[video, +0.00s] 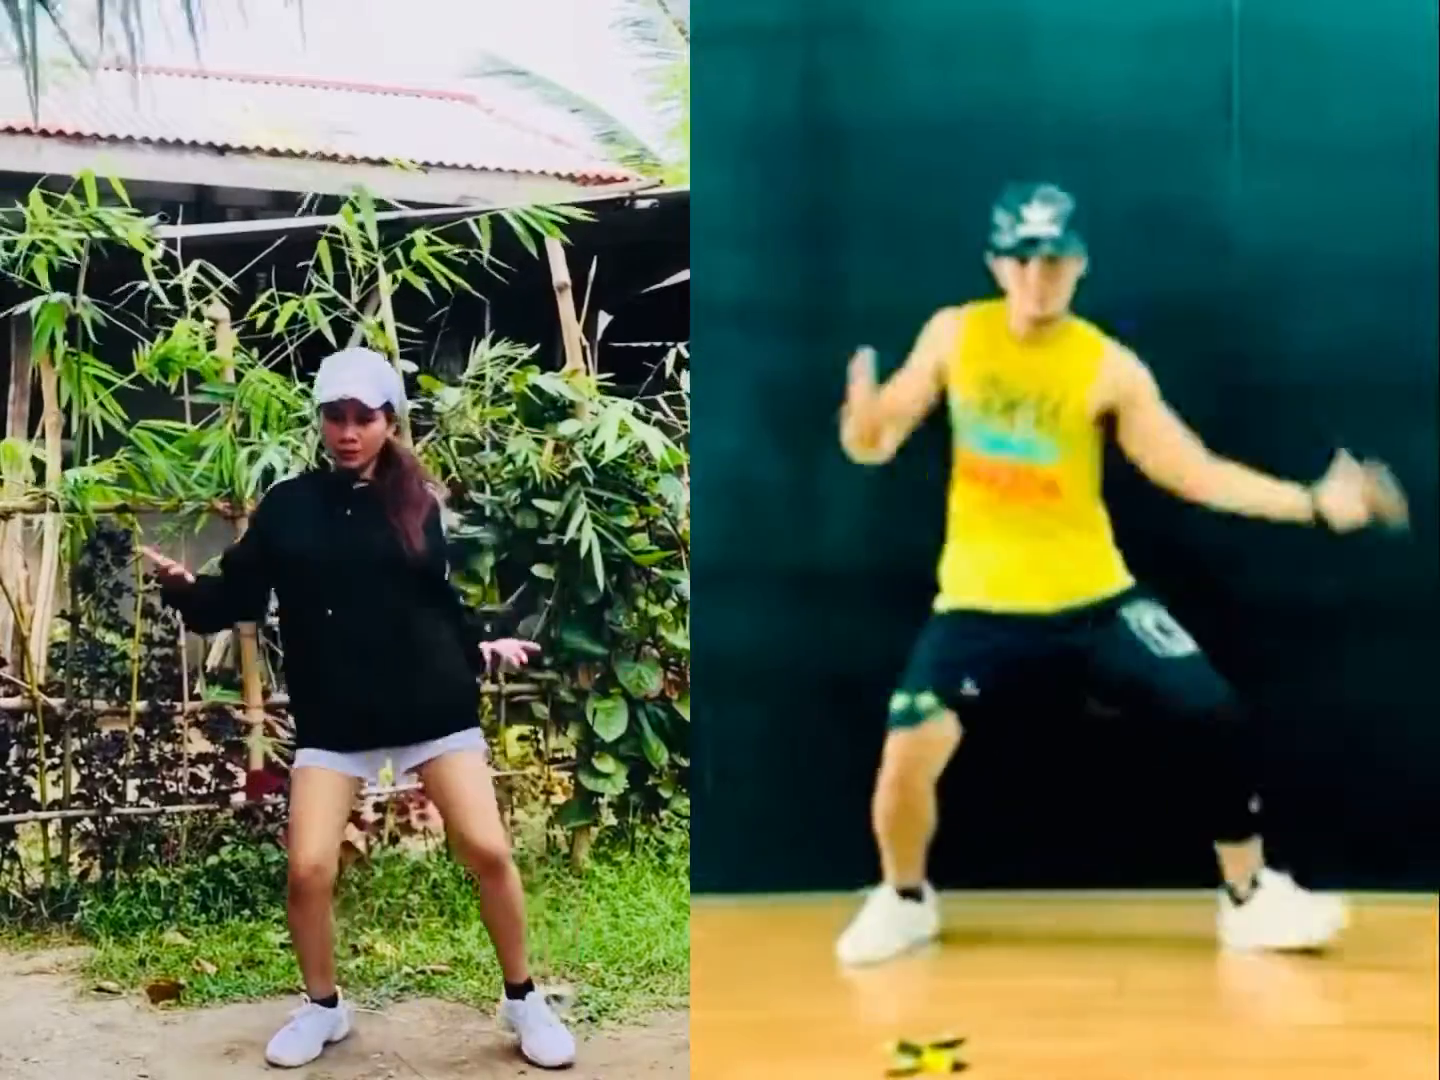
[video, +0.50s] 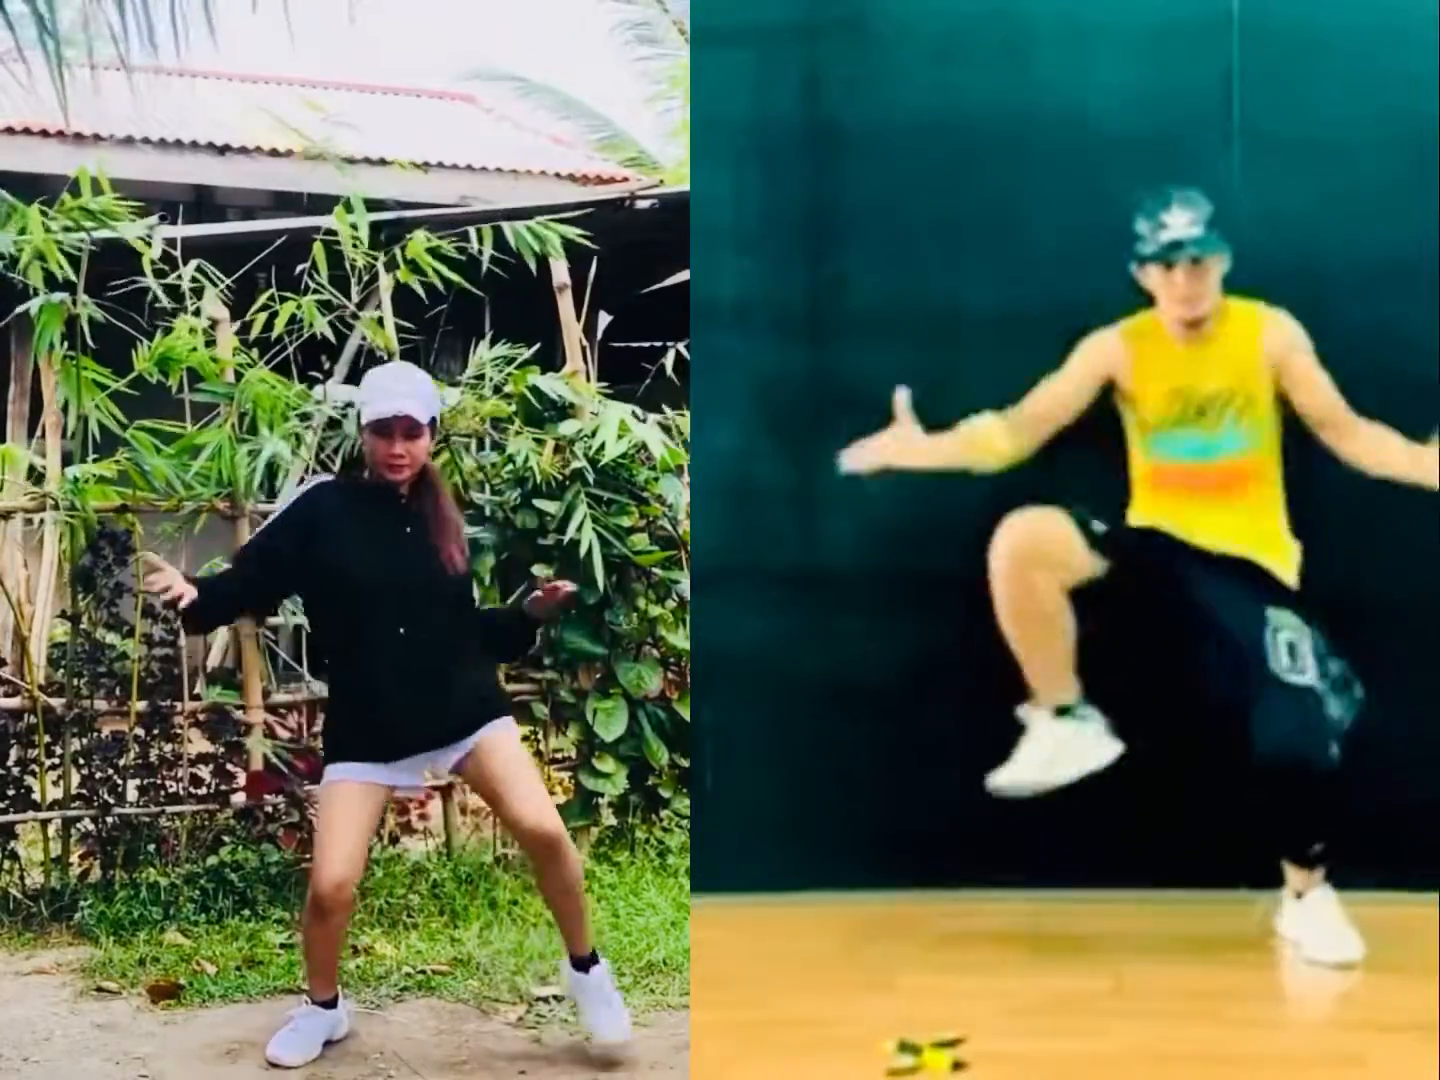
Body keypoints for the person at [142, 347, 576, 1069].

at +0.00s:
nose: (345, 432)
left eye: (361, 418)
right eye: (333, 417)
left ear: (390, 422)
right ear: (317, 422)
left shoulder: (416, 501)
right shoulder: (285, 507)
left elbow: (437, 599)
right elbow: (236, 599)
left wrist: (484, 639)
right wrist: (186, 590)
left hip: (437, 710)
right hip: (331, 721)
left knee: (489, 850)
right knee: (307, 869)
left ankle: (522, 998)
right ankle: (323, 1006)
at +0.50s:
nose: (398, 448)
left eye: (411, 434)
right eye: (384, 433)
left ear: (432, 438)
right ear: (363, 436)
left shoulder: (440, 517)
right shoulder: (324, 510)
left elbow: (460, 630)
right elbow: (252, 579)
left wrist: (528, 613)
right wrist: (195, 598)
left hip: (466, 710)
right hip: (365, 729)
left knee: (543, 829)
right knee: (329, 888)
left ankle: (587, 969)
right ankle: (322, 1007)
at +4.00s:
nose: (367, 424)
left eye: (383, 412)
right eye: (352, 411)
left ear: (403, 429)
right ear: (333, 428)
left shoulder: (416, 522)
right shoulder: (295, 510)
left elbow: (486, 627)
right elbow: (229, 599)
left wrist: (491, 568)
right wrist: (159, 644)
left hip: (409, 697)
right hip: (323, 728)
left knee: (501, 712)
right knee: (310, 895)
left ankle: (463, 843)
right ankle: (330, 1012)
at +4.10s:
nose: (372, 420)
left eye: (388, 406)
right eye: (357, 406)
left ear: (410, 422)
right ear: (339, 421)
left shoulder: (436, 509)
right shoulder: (303, 508)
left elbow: (517, 593)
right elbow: (270, 606)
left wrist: (484, 529)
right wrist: (238, 655)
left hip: (402, 696)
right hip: (309, 720)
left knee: (533, 730)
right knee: (312, 890)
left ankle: (503, 889)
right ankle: (327, 1009)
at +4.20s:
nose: (384, 421)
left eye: (398, 409)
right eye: (369, 409)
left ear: (420, 424)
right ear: (349, 424)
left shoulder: (442, 509)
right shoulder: (307, 517)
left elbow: (478, 627)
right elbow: (277, 635)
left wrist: (494, 605)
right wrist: (256, 606)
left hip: (427, 704)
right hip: (324, 724)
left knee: (551, 793)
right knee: (304, 890)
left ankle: (552, 941)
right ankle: (324, 1009)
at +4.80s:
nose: (506, 438)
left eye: (520, 424)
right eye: (491, 427)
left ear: (545, 435)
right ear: (475, 444)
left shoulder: (585, 522)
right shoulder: (456, 536)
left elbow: (622, 644)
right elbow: (381, 619)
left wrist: (645, 615)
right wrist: (315, 593)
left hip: (583, 727)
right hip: (488, 709)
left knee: (590, 894)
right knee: (382, 745)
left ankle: (587, 1014)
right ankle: (431, 864)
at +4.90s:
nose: (505, 440)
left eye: (518, 425)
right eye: (490, 429)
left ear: (546, 435)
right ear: (476, 447)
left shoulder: (596, 512)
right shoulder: (472, 534)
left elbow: (665, 604)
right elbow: (434, 653)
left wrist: (637, 536)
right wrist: (352, 669)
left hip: (569, 727)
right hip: (478, 704)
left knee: (592, 891)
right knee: (398, 754)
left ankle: (586, 1015)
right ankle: (405, 860)